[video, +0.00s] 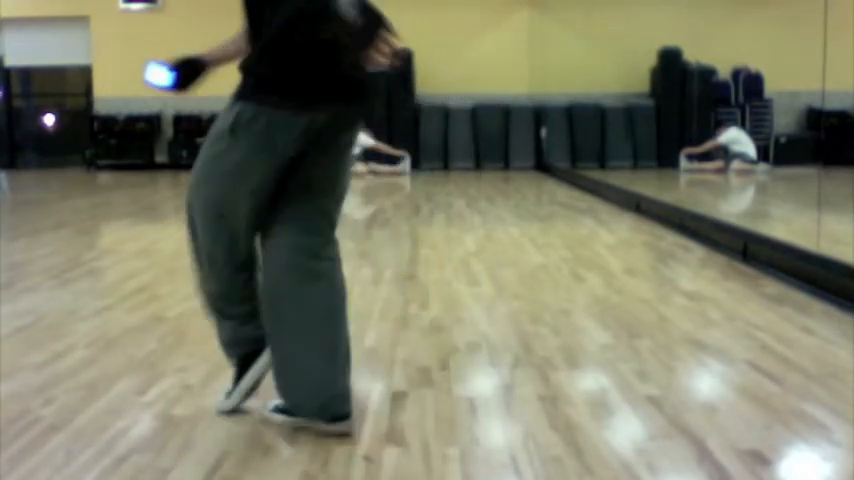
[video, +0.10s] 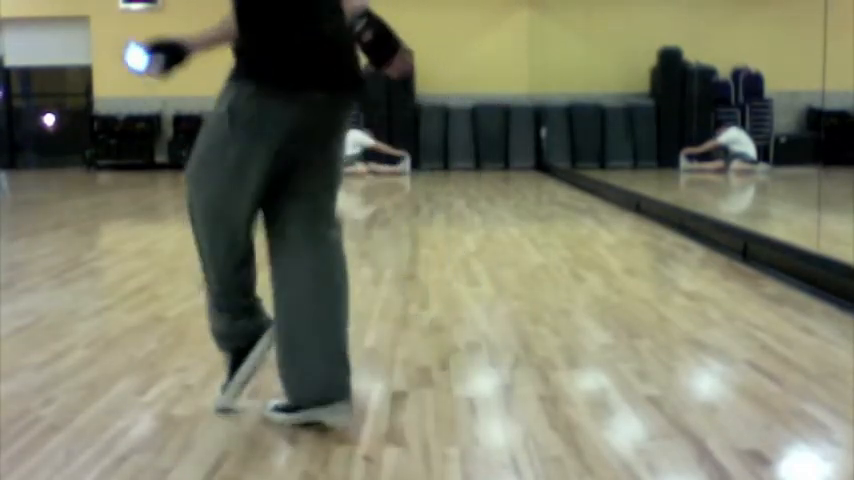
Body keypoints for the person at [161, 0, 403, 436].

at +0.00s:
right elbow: (269, 26)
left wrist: (364, 27)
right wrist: (204, 60)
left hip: (280, 75)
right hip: (340, 76)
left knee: (215, 204)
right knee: (302, 235)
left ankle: (245, 342)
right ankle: (320, 402)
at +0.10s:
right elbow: (255, 17)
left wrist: (366, 25)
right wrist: (190, 44)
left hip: (269, 67)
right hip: (327, 68)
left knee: (213, 193)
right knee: (304, 226)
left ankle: (241, 333)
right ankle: (320, 390)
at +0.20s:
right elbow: (237, 6)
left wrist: (359, 19)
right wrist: (175, 23)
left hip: (262, 49)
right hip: (320, 49)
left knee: (206, 180)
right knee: (304, 205)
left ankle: (230, 330)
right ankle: (321, 377)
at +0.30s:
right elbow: (213, 9)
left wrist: (353, 34)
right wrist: (148, 13)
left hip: (241, 70)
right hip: (295, 66)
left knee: (184, 209)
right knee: (283, 217)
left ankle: (204, 358)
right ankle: (326, 385)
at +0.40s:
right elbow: (197, 11)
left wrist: (348, 49)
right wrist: (130, 19)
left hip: (227, 82)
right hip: (267, 78)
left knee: (179, 229)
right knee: (263, 226)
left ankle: (198, 377)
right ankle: (322, 377)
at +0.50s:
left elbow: (294, 1)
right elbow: (177, 12)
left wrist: (300, 58)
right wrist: (116, 31)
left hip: (212, 82)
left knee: (176, 234)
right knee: (184, 223)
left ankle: (206, 380)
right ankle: (269, 302)